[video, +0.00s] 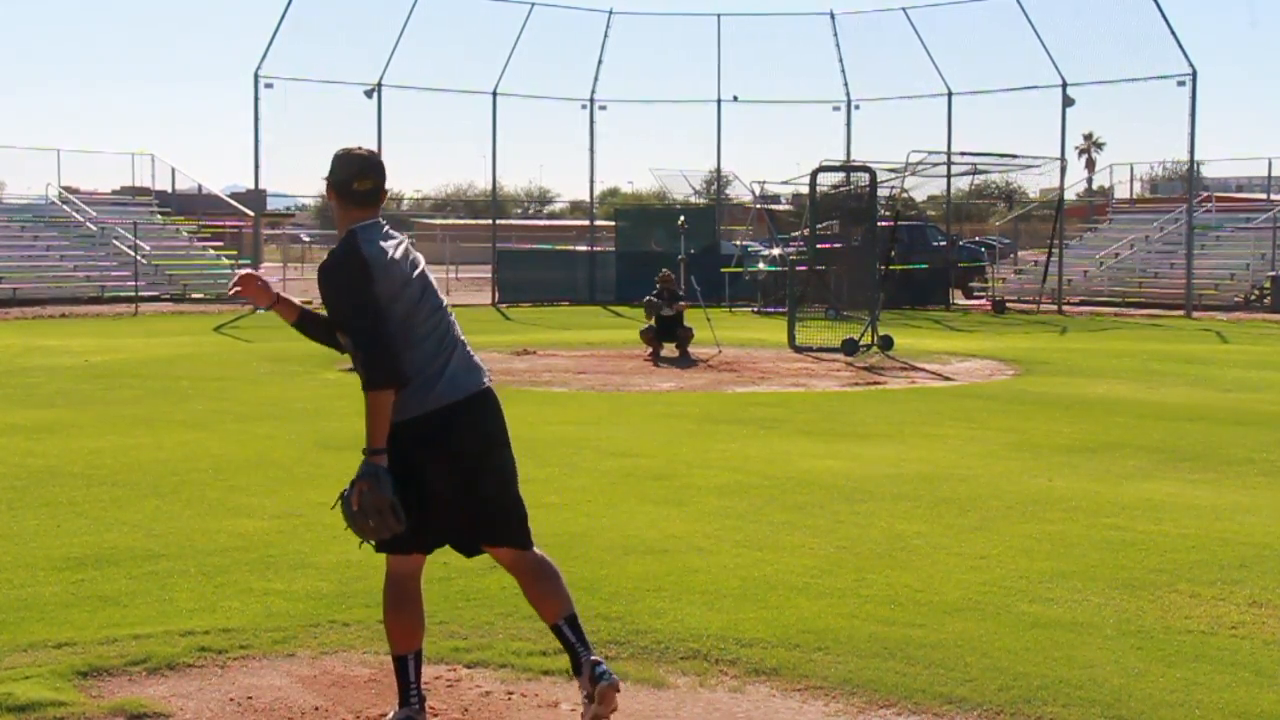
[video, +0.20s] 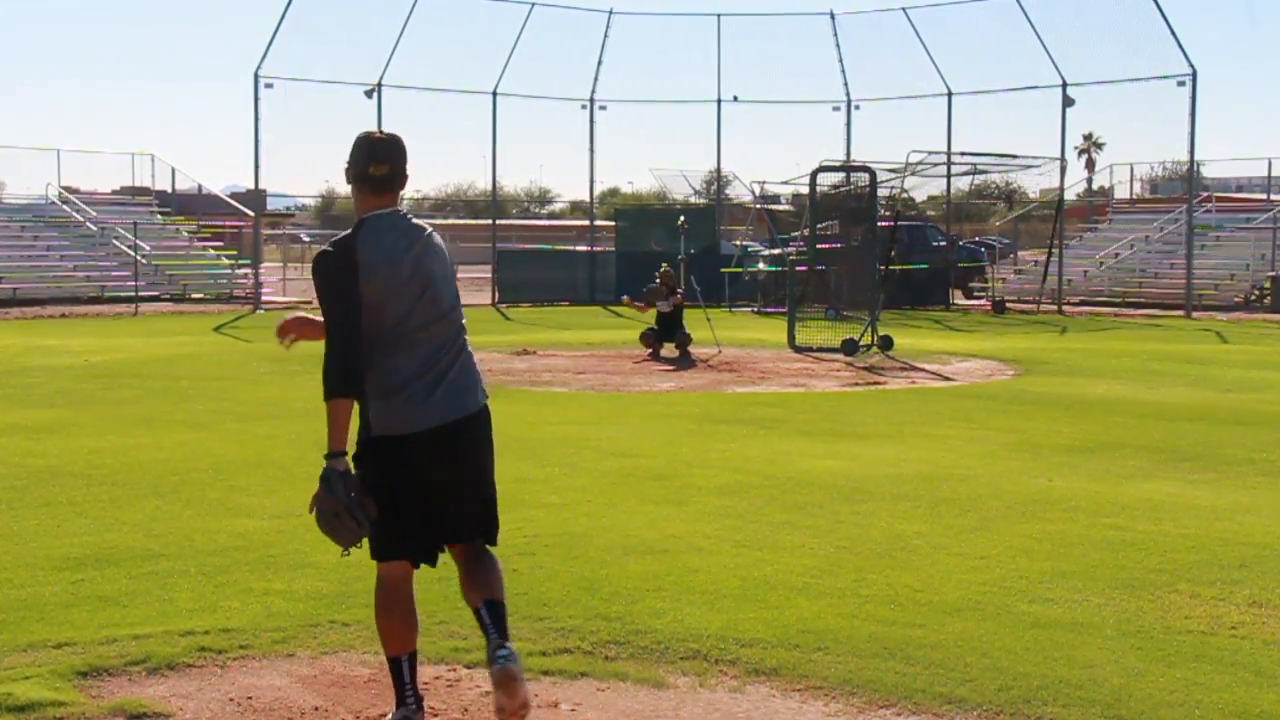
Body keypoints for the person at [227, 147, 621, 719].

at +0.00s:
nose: (325, 196)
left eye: (327, 188)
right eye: (336, 186)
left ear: (330, 196)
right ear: (382, 196)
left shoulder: (343, 263)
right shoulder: (397, 243)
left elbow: (380, 370)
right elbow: (349, 338)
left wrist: (374, 459)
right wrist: (278, 303)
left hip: (417, 431)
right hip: (477, 410)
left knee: (403, 568)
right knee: (514, 548)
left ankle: (410, 702)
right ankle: (587, 662)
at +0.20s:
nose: (362, 184)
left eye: (353, 174)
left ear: (350, 180)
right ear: (404, 181)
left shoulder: (339, 258)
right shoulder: (431, 242)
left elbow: (344, 361)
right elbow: (407, 318)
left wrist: (336, 460)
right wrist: (326, 326)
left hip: (393, 435)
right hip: (466, 423)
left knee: (394, 568)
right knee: (471, 542)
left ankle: (407, 701)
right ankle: (501, 646)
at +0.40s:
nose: (394, 164)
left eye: (380, 152)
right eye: (413, 156)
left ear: (368, 160)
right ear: (424, 163)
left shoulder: (339, 239)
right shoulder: (458, 229)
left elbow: (330, 339)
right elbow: (501, 304)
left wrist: (331, 427)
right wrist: (439, 327)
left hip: (377, 431)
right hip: (451, 425)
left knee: (385, 560)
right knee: (446, 563)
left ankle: (398, 687)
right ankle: (420, 687)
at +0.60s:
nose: (431, 158)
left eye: (397, 146)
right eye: (437, 149)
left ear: (381, 150)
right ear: (438, 154)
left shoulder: (333, 235)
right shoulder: (467, 233)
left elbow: (309, 336)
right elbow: (504, 323)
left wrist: (303, 424)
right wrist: (519, 390)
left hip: (368, 428)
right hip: (447, 425)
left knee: (379, 555)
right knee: (437, 575)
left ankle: (380, 690)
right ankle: (406, 706)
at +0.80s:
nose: (441, 151)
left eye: (423, 139)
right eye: (445, 143)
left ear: (385, 143)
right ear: (445, 148)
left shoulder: (335, 227)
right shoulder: (458, 231)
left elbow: (303, 329)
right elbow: (496, 341)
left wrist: (293, 414)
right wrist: (544, 429)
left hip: (360, 432)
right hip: (439, 430)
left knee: (371, 551)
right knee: (429, 576)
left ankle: (352, 671)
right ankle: (401, 713)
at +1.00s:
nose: (437, 147)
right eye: (441, 138)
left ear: (379, 139)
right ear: (440, 144)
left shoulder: (333, 219)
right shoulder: (444, 227)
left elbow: (325, 318)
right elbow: (472, 348)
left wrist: (384, 345)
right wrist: (513, 439)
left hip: (350, 437)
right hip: (431, 437)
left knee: (359, 574)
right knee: (423, 581)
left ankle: (360, 706)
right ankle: (404, 713)